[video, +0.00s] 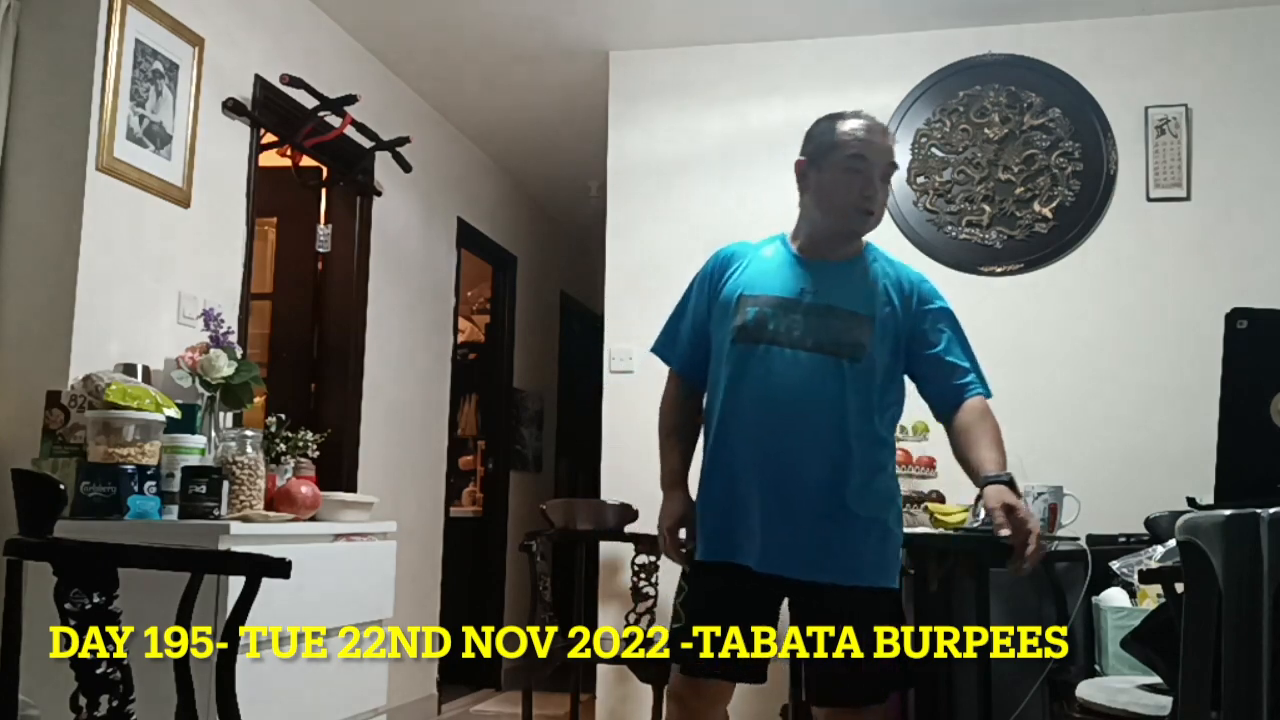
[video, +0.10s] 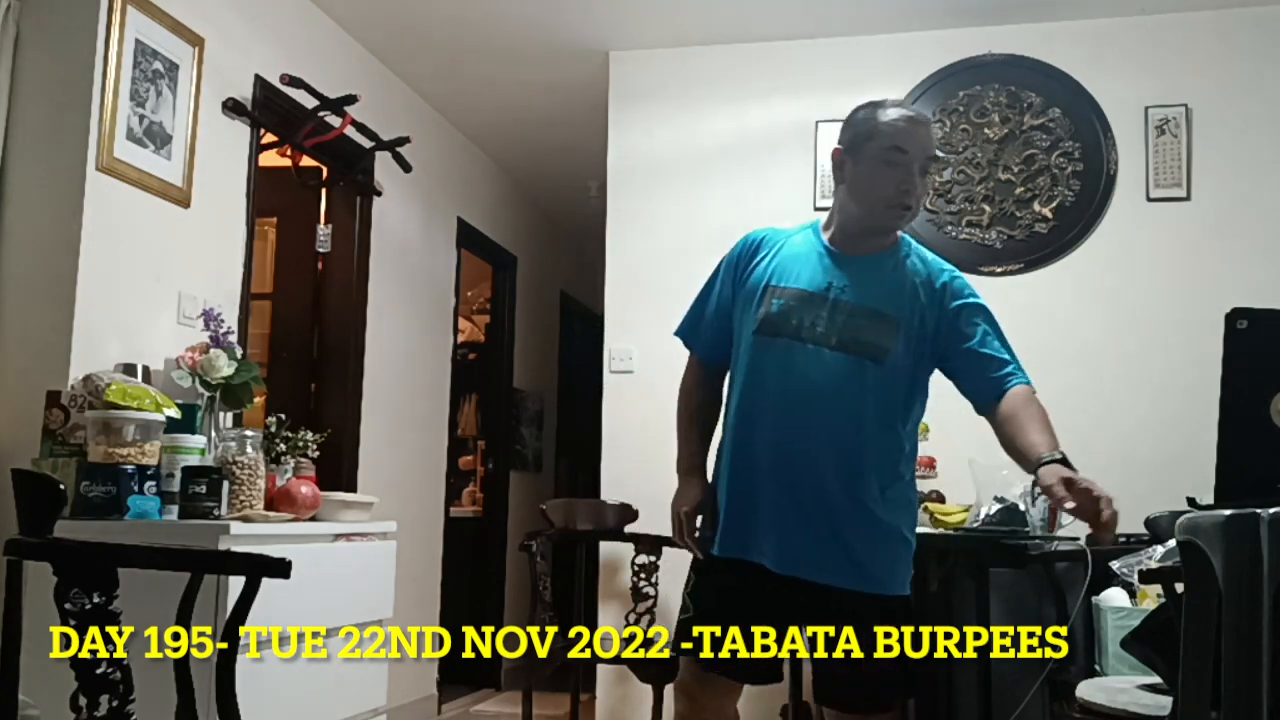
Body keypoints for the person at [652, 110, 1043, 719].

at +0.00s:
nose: (874, 189)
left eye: (885, 175)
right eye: (856, 166)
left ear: (893, 188)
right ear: (804, 173)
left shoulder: (907, 294)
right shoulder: (731, 269)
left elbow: (964, 397)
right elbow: (683, 387)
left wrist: (994, 480)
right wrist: (674, 488)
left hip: (853, 550)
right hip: (736, 535)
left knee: (851, 709)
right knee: (694, 696)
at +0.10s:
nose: (911, 184)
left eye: (924, 170)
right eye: (894, 161)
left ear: (933, 183)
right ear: (841, 165)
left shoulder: (937, 289)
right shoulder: (758, 255)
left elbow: (1003, 385)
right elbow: (705, 368)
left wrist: (1048, 462)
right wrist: (690, 475)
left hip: (863, 560)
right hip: (746, 536)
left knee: (860, 712)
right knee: (701, 693)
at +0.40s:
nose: (982, 192)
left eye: (996, 176)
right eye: (966, 165)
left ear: (1004, 186)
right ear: (908, 158)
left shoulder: (992, 296)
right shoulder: (802, 237)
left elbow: (1074, 380)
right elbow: (732, 343)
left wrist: (1155, 450)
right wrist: (710, 457)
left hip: (885, 573)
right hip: (766, 540)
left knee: (872, 712)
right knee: (727, 702)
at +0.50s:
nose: (990, 190)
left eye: (1004, 174)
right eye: (973, 163)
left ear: (1011, 184)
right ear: (914, 158)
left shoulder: (1000, 297)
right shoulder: (806, 235)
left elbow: (1079, 386)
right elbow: (736, 341)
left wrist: (1155, 461)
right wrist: (713, 456)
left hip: (890, 572)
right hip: (769, 537)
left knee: (873, 714)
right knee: (727, 702)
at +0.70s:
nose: (1001, 191)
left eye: (1014, 174)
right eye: (983, 162)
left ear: (1018, 184)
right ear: (922, 158)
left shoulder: (1007, 297)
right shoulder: (812, 233)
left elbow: (1081, 389)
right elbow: (739, 340)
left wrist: (1151, 465)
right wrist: (718, 458)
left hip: (895, 577)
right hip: (772, 539)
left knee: (865, 716)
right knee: (727, 704)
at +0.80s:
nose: (1002, 188)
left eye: (1015, 172)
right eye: (984, 161)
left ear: (1018, 184)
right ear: (922, 157)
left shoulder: (1008, 297)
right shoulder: (813, 233)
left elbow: (1083, 390)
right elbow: (739, 339)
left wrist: (1151, 464)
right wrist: (718, 457)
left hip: (895, 576)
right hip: (773, 538)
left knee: (864, 716)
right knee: (727, 703)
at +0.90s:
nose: (1002, 188)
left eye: (1015, 172)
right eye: (984, 160)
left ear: (1018, 183)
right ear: (922, 156)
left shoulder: (1008, 297)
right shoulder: (814, 233)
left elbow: (1082, 390)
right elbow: (740, 338)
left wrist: (1152, 463)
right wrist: (718, 456)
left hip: (895, 574)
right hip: (772, 536)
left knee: (864, 717)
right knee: (725, 705)